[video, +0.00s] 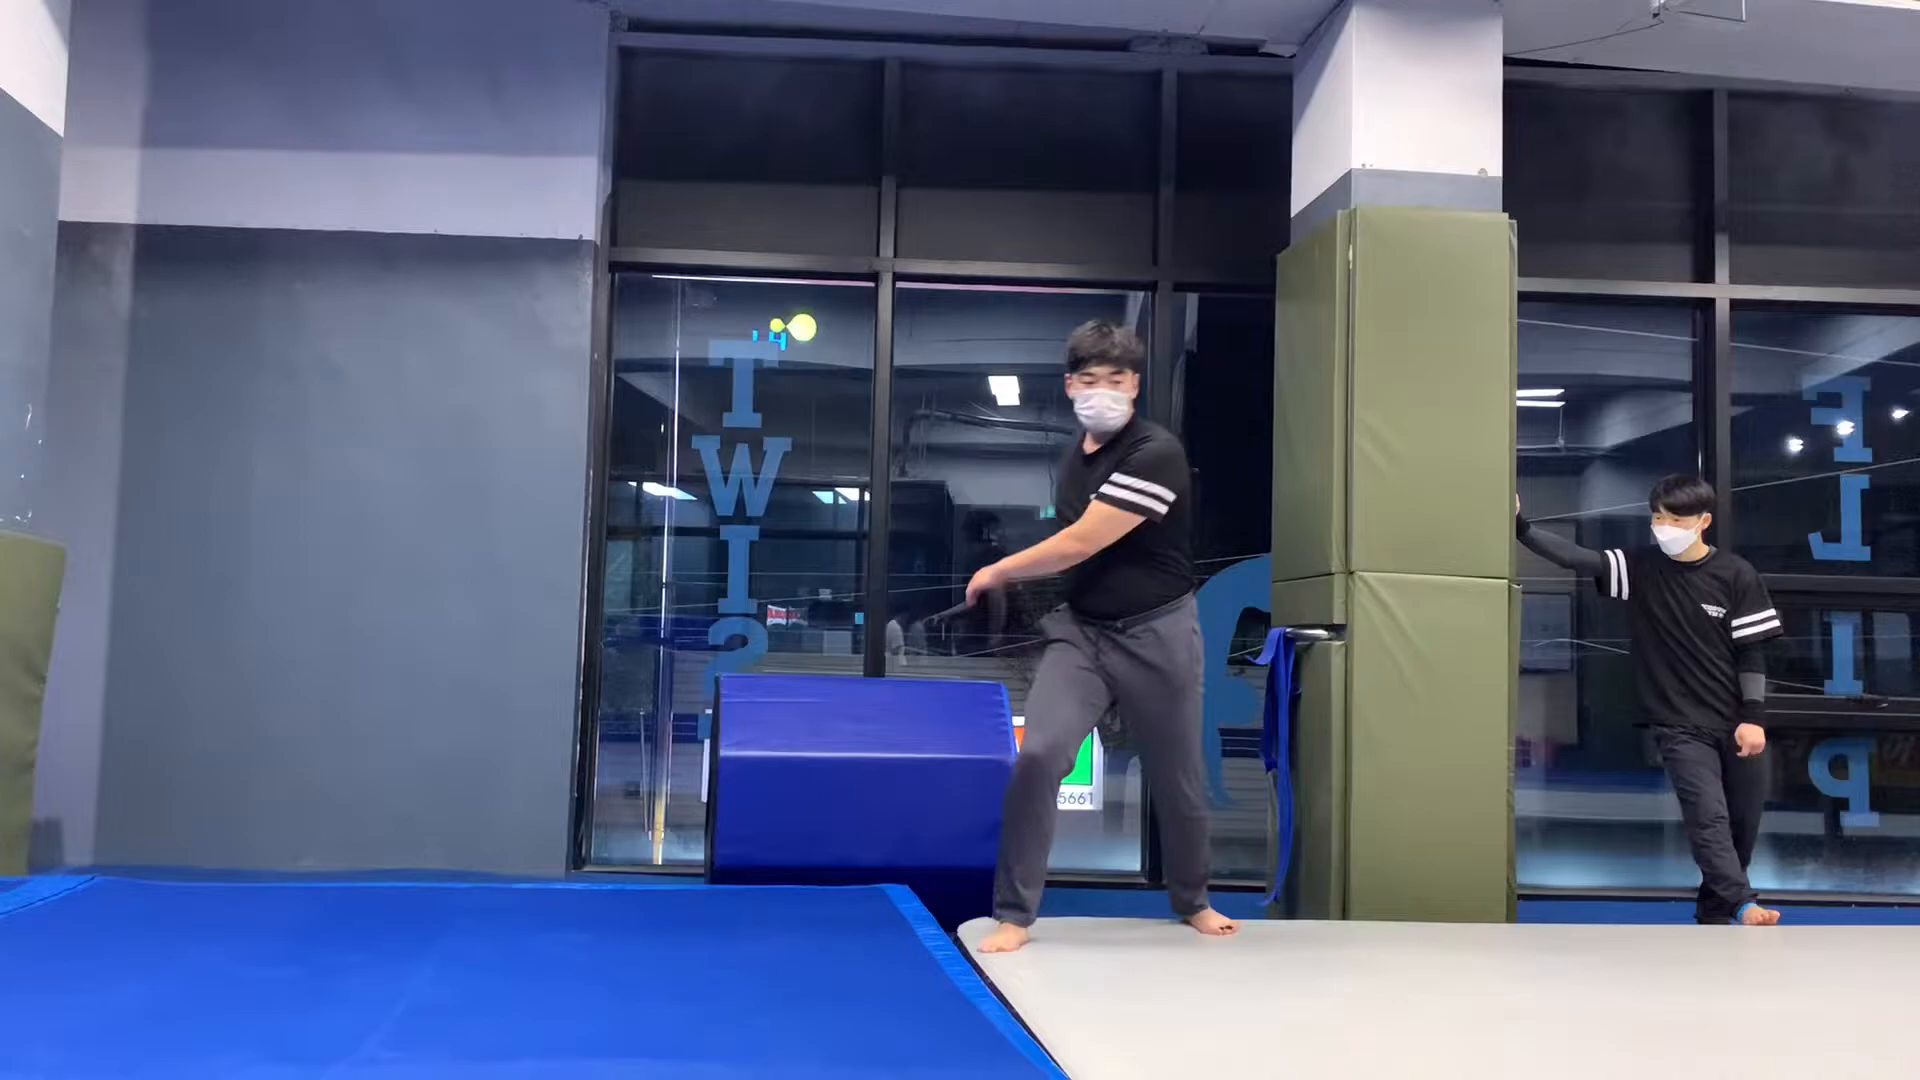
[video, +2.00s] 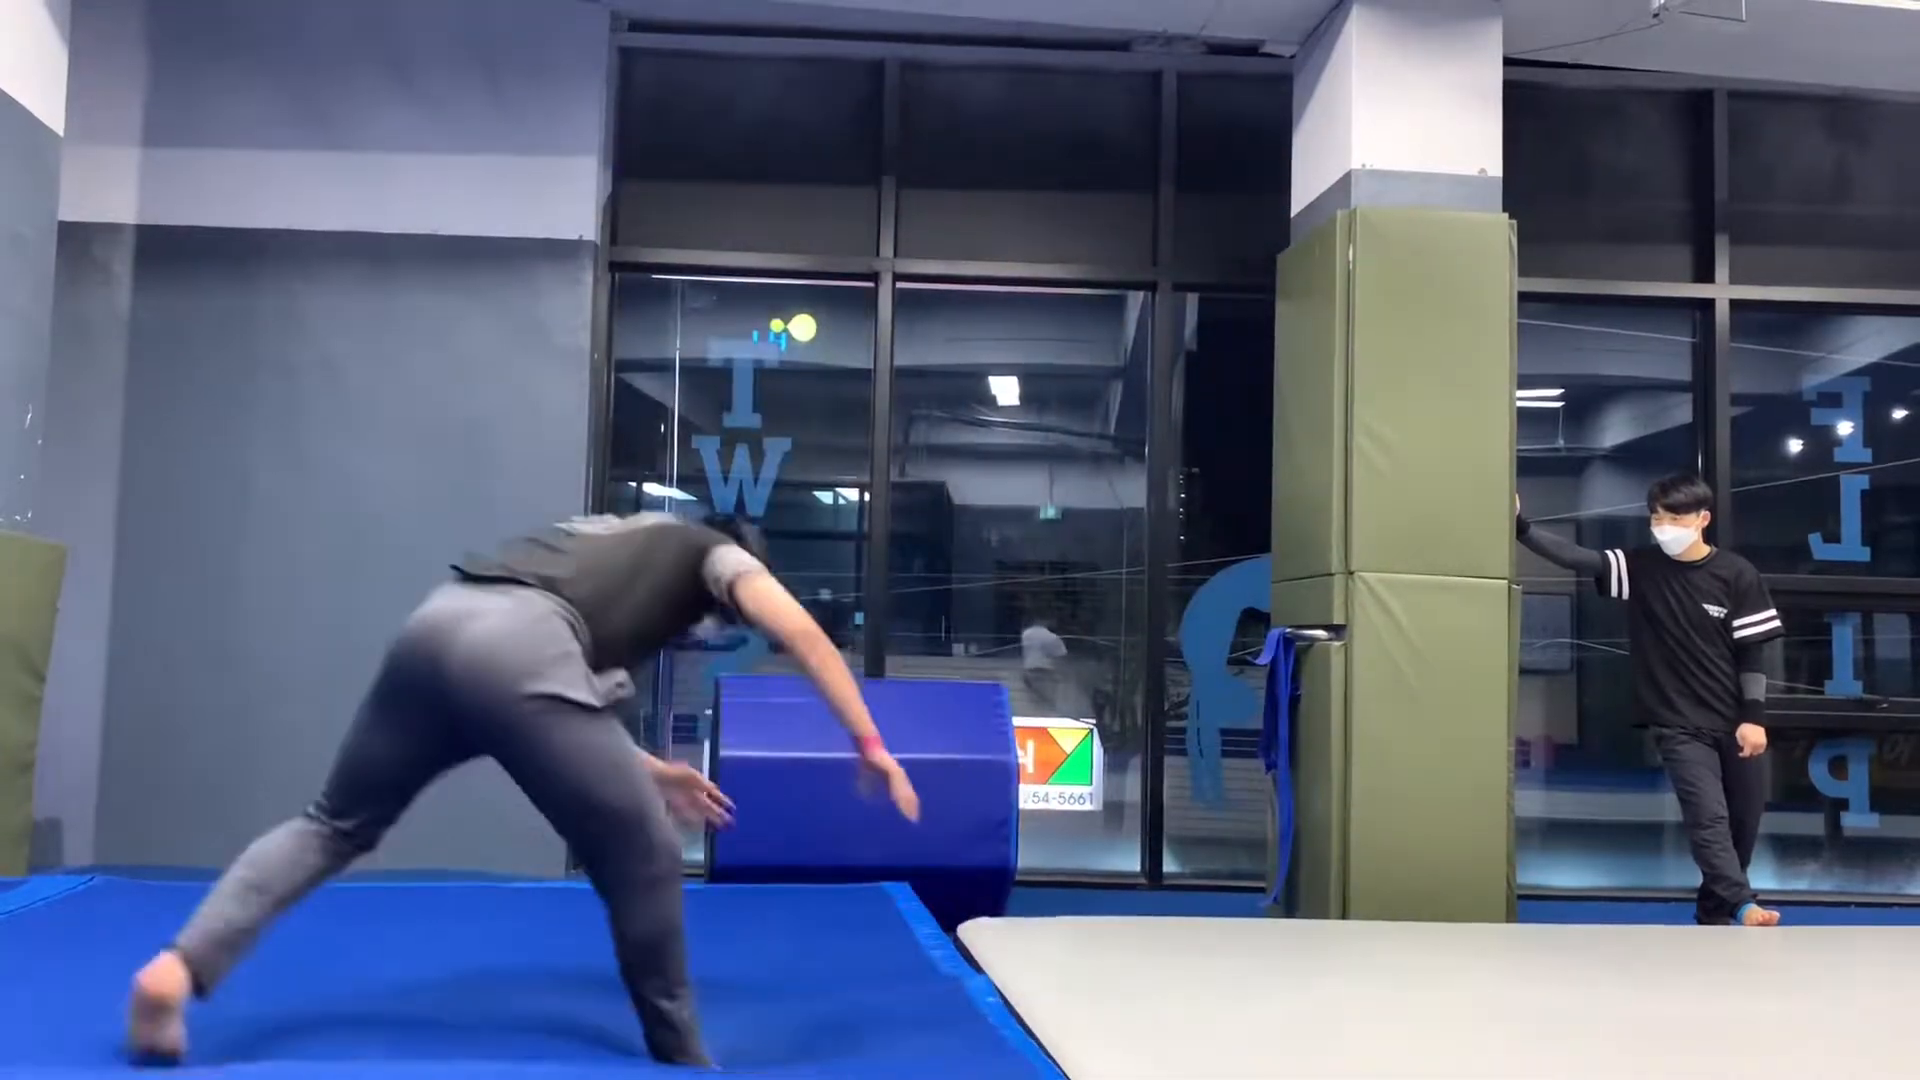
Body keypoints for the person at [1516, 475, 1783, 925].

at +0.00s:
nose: (1657, 529)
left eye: (1668, 522)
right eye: (1655, 520)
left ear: (1702, 523)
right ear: (1652, 517)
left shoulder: (1737, 576)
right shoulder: (1641, 567)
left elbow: (1751, 655)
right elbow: (1578, 558)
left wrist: (1752, 717)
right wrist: (1522, 527)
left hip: (1734, 721)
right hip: (1679, 721)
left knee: (1743, 823)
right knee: (1708, 813)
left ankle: (1711, 914)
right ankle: (1743, 904)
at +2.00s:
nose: (1658, 529)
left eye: (1669, 521)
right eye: (1655, 519)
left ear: (1701, 520)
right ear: (1650, 518)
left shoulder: (1736, 575)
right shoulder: (1641, 566)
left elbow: (1752, 653)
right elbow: (1578, 558)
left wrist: (1753, 717)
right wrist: (1522, 527)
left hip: (1733, 721)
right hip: (1678, 720)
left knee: (1744, 822)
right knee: (1707, 814)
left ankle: (1711, 912)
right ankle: (1743, 904)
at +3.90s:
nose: (1669, 526)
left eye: (1680, 515)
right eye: (1663, 518)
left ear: (1709, 514)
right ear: (1656, 524)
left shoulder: (1755, 568)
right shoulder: (1648, 570)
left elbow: (1780, 644)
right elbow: (1587, 568)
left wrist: (1790, 705)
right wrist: (1525, 543)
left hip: (1766, 724)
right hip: (1703, 727)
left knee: (1776, 828)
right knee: (1725, 818)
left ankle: (1759, 900)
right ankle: (1747, 907)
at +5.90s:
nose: (1664, 512)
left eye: (1676, 503)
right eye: (1657, 504)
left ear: (1701, 508)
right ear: (1649, 512)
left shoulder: (1738, 565)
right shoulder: (1633, 560)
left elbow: (1787, 615)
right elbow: (1577, 551)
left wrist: (1770, 669)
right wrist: (1524, 527)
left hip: (1731, 718)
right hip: (1666, 721)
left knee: (1747, 823)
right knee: (1682, 832)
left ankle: (1685, 898)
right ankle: (1714, 928)